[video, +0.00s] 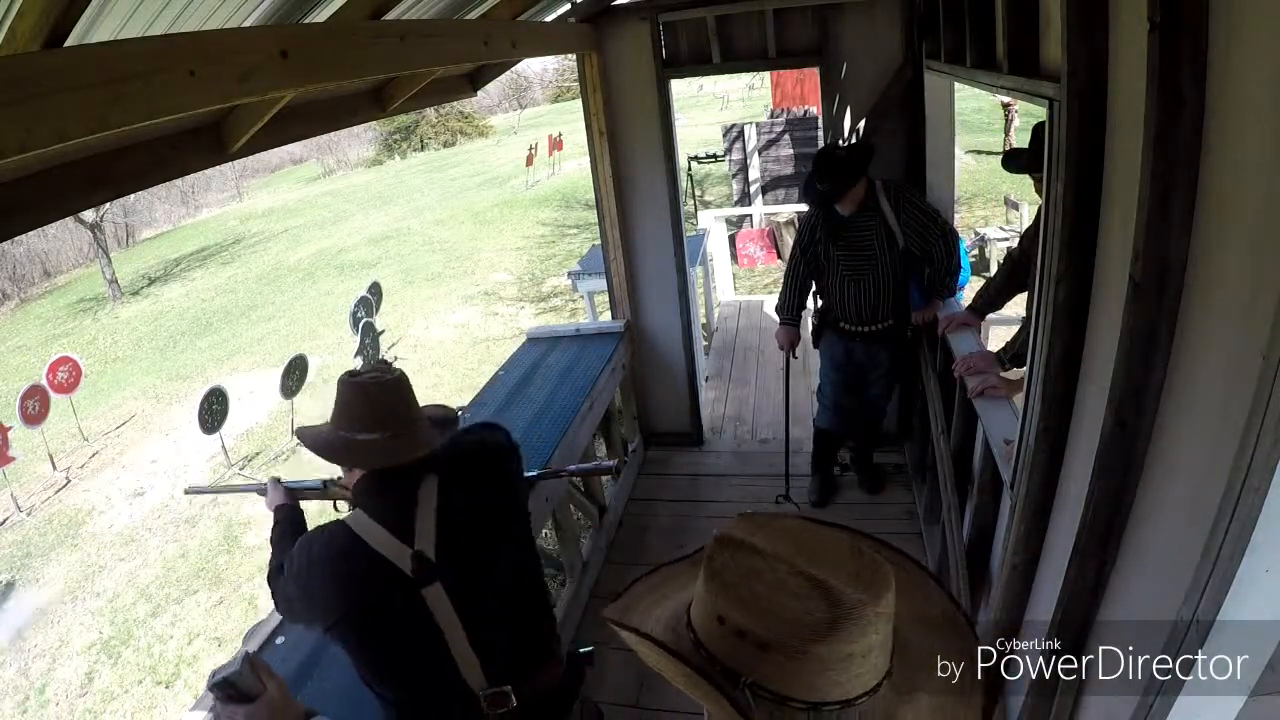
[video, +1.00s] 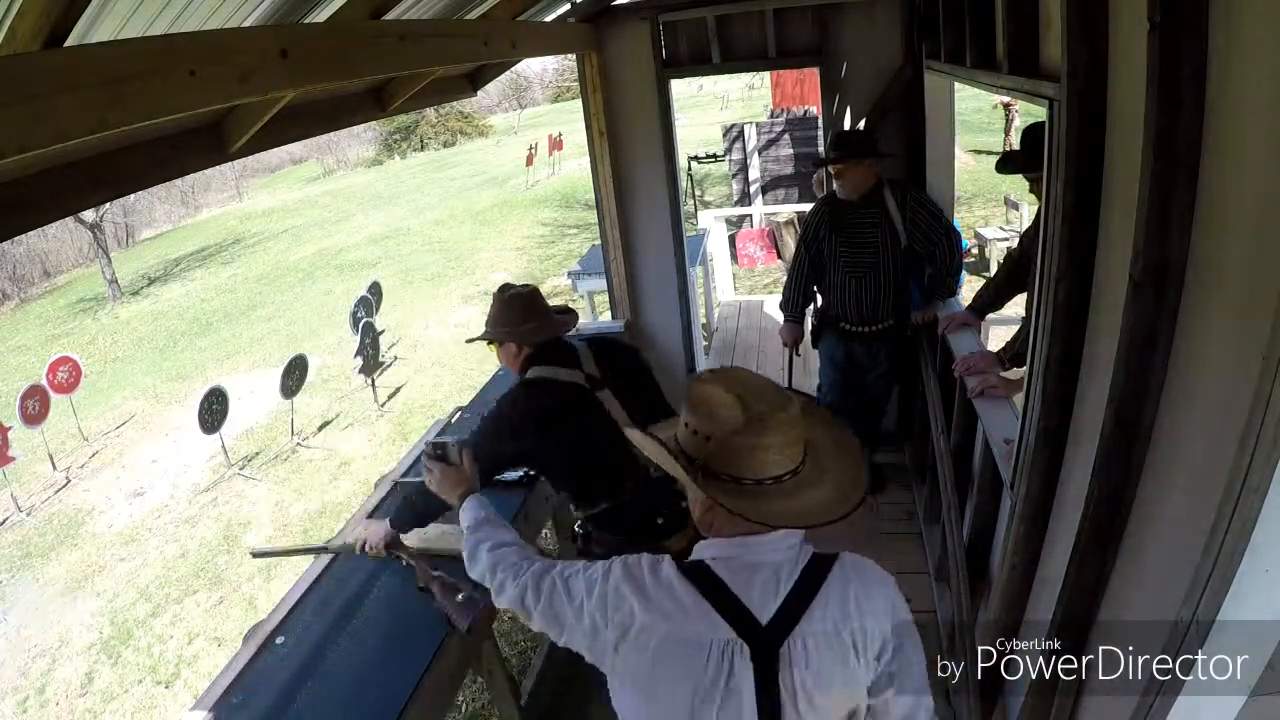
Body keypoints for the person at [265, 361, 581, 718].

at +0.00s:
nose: (342, 465)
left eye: (342, 457)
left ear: (351, 466)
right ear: (421, 435)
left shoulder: (325, 559)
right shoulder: (488, 464)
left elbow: (287, 591)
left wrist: (282, 510)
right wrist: (380, 476)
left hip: (435, 715)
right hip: (546, 685)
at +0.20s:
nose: (355, 437)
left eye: (357, 428)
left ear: (363, 434)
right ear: (442, 415)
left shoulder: (344, 531)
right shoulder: (504, 459)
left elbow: (322, 520)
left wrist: (306, 471)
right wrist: (385, 461)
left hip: (450, 703)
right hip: (552, 672)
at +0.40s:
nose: (415, 417)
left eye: (418, 409)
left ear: (425, 415)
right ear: (493, 397)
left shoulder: (402, 498)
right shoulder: (555, 447)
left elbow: (370, 553)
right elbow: (586, 543)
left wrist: (381, 463)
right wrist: (438, 458)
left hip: (496, 682)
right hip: (588, 649)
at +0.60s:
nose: (491, 374)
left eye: (490, 364)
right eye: (489, 364)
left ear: (503, 368)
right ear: (559, 352)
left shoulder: (485, 446)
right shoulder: (626, 403)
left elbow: (436, 531)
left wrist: (403, 475)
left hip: (563, 615)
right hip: (644, 586)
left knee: (545, 705)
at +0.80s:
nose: (513, 351)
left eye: (513, 342)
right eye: (511, 342)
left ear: (532, 342)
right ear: (573, 322)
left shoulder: (527, 404)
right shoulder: (636, 364)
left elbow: (452, 480)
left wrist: (390, 477)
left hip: (606, 561)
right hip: (677, 532)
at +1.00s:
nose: (497, 356)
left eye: (497, 347)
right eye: (495, 347)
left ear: (514, 350)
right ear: (554, 330)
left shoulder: (521, 407)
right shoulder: (617, 353)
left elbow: (460, 472)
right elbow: (662, 421)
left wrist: (394, 523)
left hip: (619, 534)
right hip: (683, 501)